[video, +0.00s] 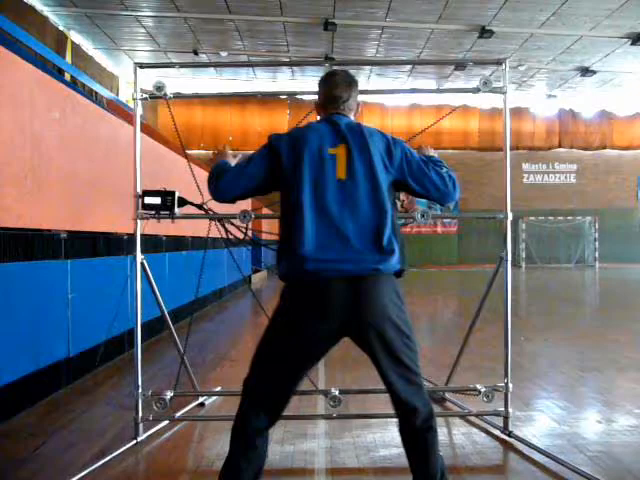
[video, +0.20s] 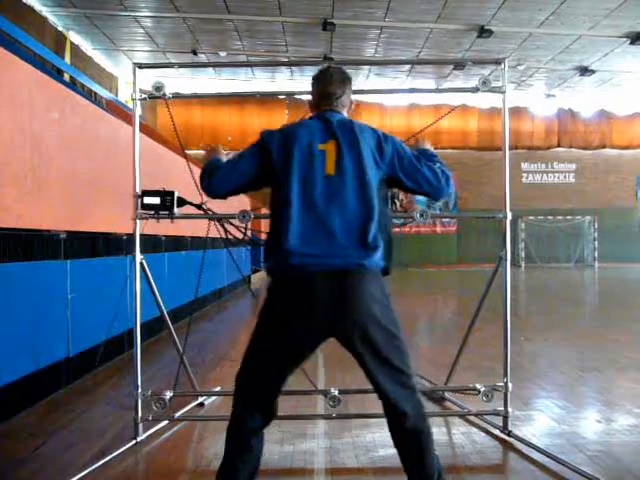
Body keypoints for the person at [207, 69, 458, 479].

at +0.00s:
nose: (342, 106)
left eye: (322, 98)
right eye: (352, 100)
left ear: (317, 103)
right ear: (356, 105)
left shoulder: (290, 145)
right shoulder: (381, 145)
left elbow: (225, 188)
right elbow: (446, 190)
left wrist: (221, 164)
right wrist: (425, 159)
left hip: (310, 293)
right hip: (375, 292)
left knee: (259, 402)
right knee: (413, 399)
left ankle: (237, 476)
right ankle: (432, 475)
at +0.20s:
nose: (336, 103)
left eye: (316, 95)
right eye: (346, 97)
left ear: (311, 100)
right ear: (349, 101)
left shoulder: (282, 141)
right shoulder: (374, 142)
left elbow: (216, 184)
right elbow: (439, 186)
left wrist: (212, 163)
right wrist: (423, 152)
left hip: (296, 291)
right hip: (360, 290)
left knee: (253, 394)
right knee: (401, 393)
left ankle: (235, 475)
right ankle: (428, 474)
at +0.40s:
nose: (332, 97)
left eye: (316, 89)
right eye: (346, 91)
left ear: (310, 93)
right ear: (349, 95)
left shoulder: (283, 136)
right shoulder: (374, 136)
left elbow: (217, 178)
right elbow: (439, 180)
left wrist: (213, 154)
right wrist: (424, 146)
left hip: (295, 286)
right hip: (359, 286)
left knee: (256, 393)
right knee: (398, 391)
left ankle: (235, 475)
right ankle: (422, 475)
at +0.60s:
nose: (342, 95)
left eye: (324, 87)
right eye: (352, 89)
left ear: (316, 92)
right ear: (356, 93)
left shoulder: (289, 135)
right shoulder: (382, 135)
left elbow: (224, 174)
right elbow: (446, 175)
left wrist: (221, 143)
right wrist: (431, 139)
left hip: (310, 288)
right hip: (374, 287)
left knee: (261, 401)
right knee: (409, 394)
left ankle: (243, 475)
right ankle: (428, 475)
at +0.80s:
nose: (337, 96)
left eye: (324, 89)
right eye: (352, 91)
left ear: (318, 94)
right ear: (357, 95)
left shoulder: (292, 140)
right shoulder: (384, 140)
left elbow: (227, 178)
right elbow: (446, 179)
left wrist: (223, 145)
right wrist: (427, 142)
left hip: (309, 291)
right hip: (372, 291)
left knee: (256, 395)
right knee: (406, 396)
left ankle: (239, 476)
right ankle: (433, 476)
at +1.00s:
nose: (338, 97)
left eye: (322, 90)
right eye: (350, 91)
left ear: (316, 94)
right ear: (356, 95)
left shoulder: (289, 139)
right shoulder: (381, 140)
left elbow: (223, 177)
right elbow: (443, 181)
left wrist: (222, 143)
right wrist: (427, 141)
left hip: (303, 290)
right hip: (367, 289)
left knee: (258, 390)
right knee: (404, 393)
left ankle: (243, 476)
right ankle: (428, 475)